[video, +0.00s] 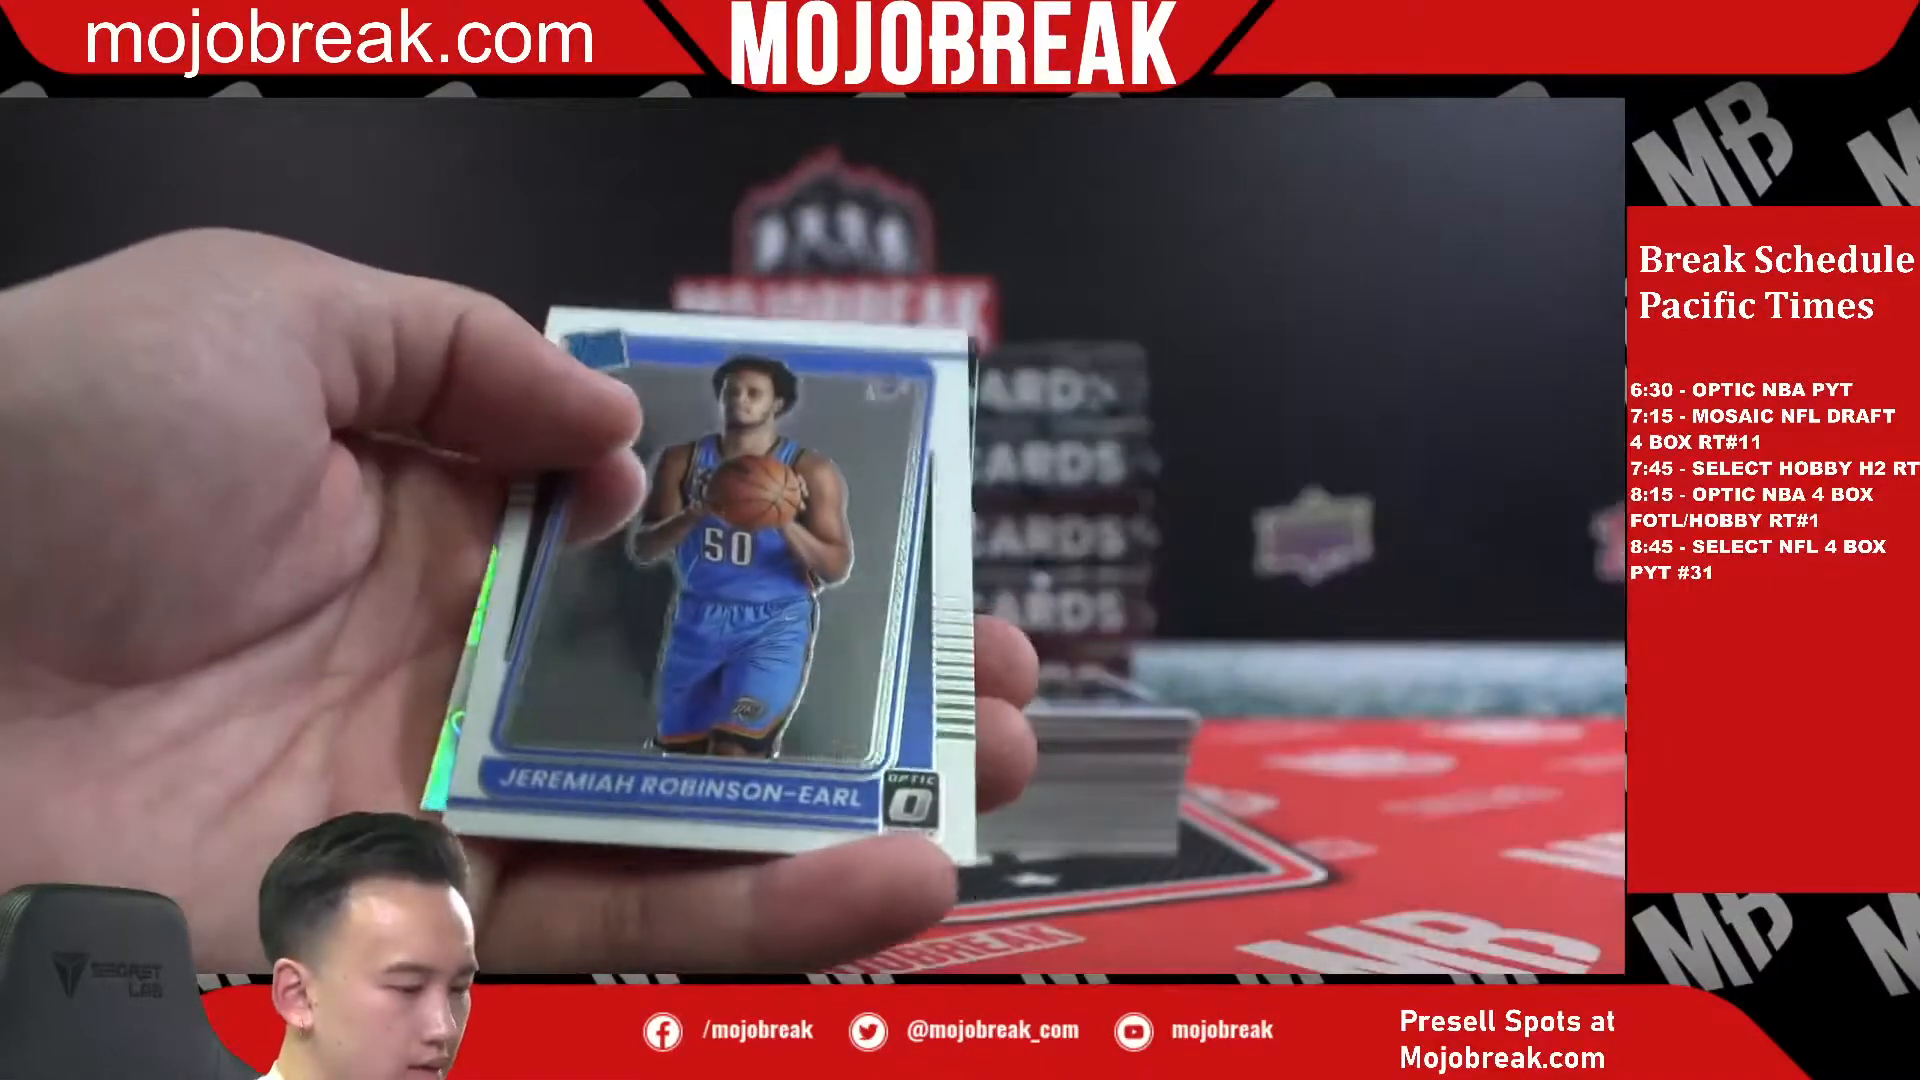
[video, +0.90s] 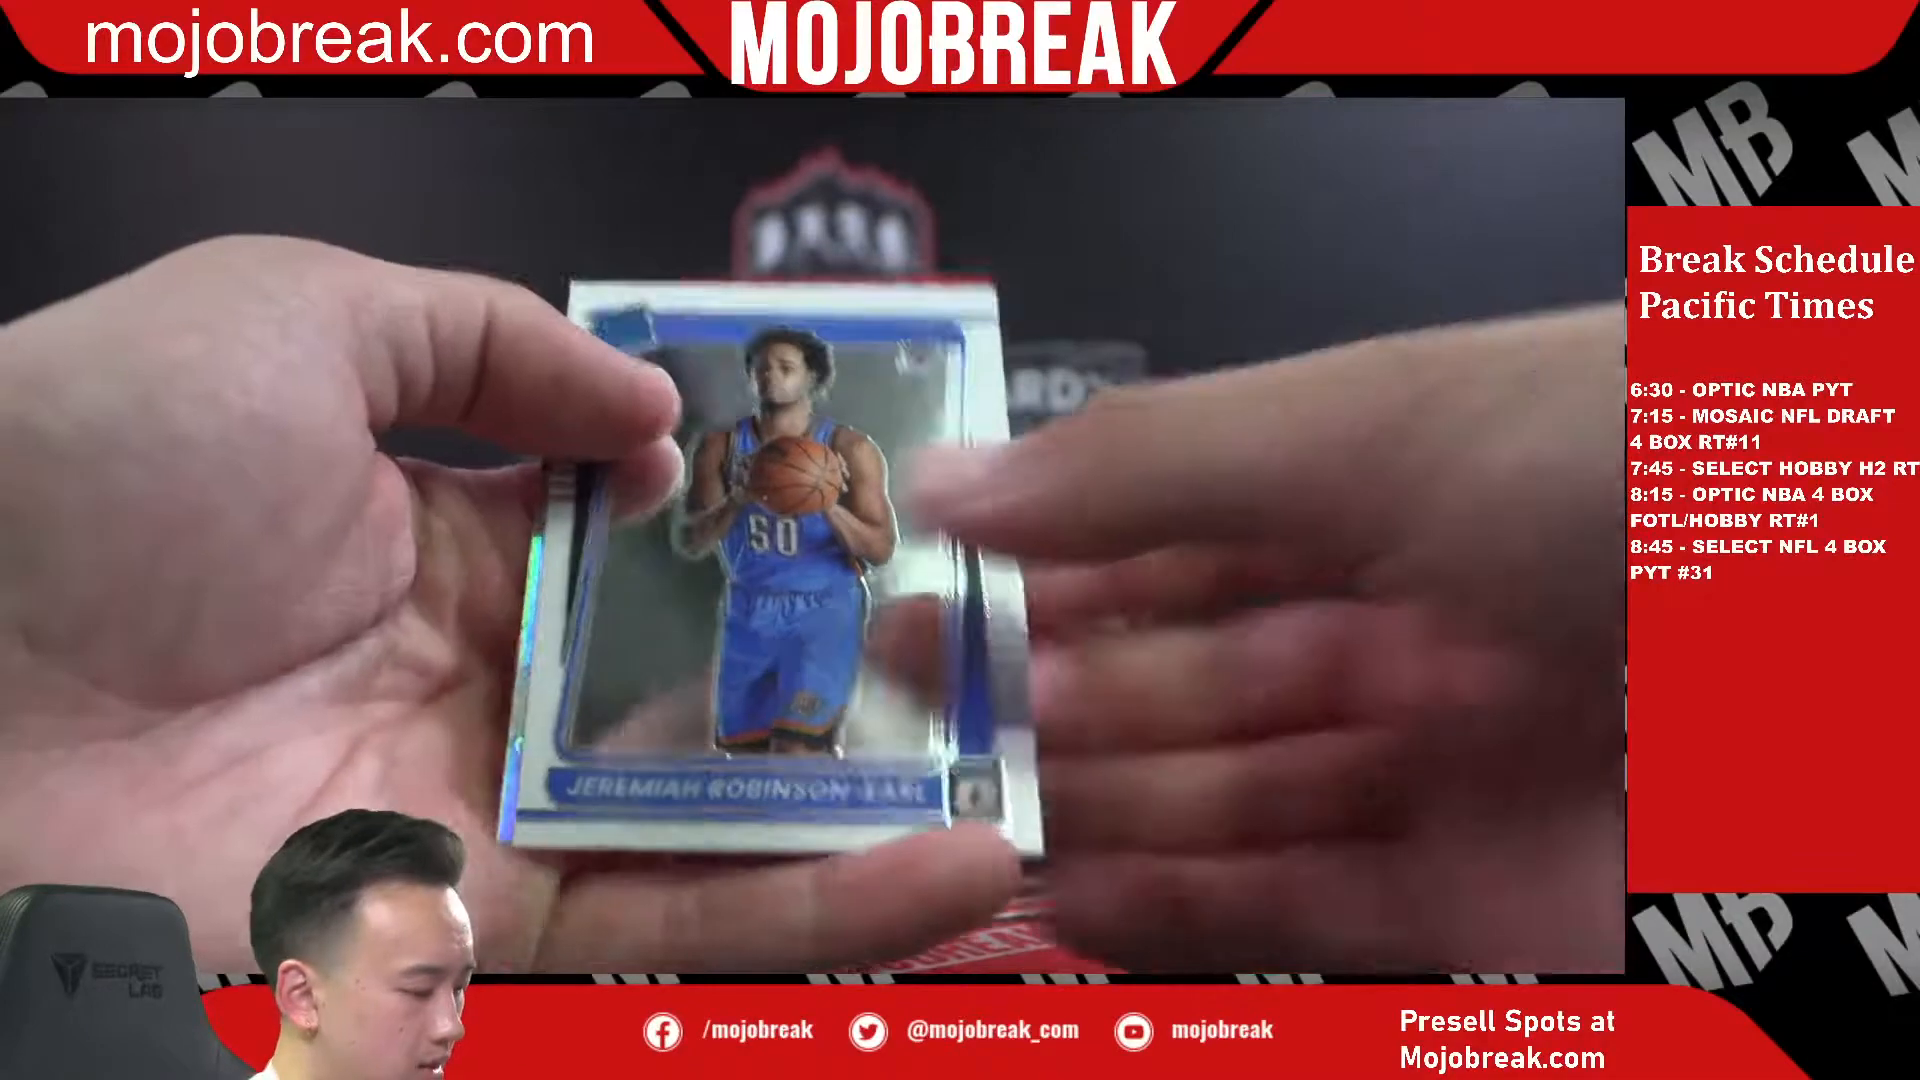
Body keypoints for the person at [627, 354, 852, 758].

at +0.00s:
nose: (740, 401)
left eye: (754, 393)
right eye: (732, 391)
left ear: (777, 405)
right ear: (721, 398)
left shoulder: (814, 473)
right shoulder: (681, 461)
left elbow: (837, 567)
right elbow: (642, 550)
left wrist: (786, 521)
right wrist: (695, 514)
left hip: (775, 627)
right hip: (695, 623)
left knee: (731, 757)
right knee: (680, 762)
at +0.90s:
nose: (770, 376)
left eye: (784, 367)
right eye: (762, 367)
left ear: (812, 379)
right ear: (751, 378)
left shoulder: (853, 450)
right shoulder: (719, 447)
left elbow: (880, 548)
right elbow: (690, 544)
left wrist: (831, 505)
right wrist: (737, 501)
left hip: (825, 614)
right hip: (747, 616)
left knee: (796, 754)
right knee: (741, 760)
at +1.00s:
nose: (793, 377)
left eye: (805, 365)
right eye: (784, 365)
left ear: (827, 376)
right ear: (772, 372)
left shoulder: (864, 443)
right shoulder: (741, 439)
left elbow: (898, 527)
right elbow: (707, 528)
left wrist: (849, 492)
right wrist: (742, 492)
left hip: (847, 589)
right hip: (771, 591)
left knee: (827, 707)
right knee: (760, 717)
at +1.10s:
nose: (871, 407)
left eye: (883, 397)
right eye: (864, 395)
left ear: (902, 409)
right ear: (850, 403)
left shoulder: (940, 473)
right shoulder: (823, 463)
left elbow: (967, 556)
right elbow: (791, 531)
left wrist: (914, 514)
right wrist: (819, 514)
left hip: (917, 611)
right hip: (843, 610)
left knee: (892, 719)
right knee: (831, 726)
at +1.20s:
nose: (905, 421)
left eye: (918, 413)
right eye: (897, 413)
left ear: (943, 424)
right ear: (885, 422)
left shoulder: (985, 487)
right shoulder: (854, 479)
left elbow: (1015, 575)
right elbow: (828, 561)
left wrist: (964, 533)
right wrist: (873, 527)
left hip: (960, 632)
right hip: (881, 633)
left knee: (932, 757)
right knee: (878, 766)